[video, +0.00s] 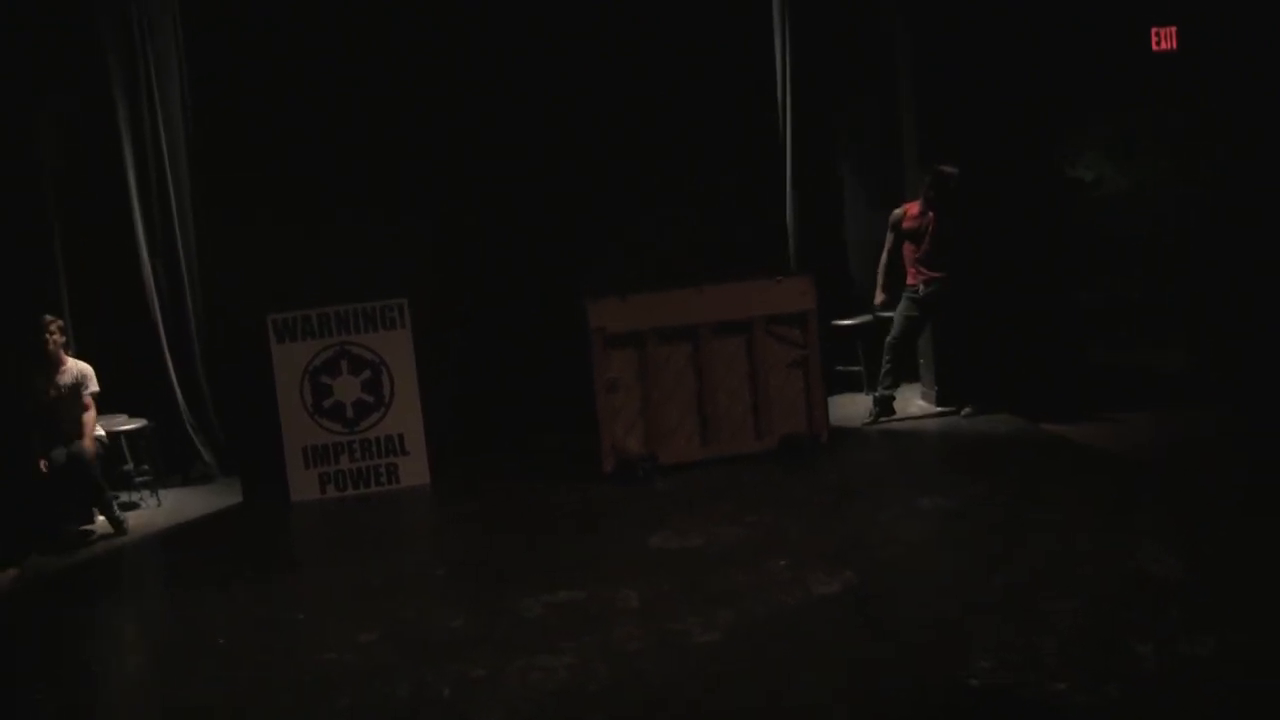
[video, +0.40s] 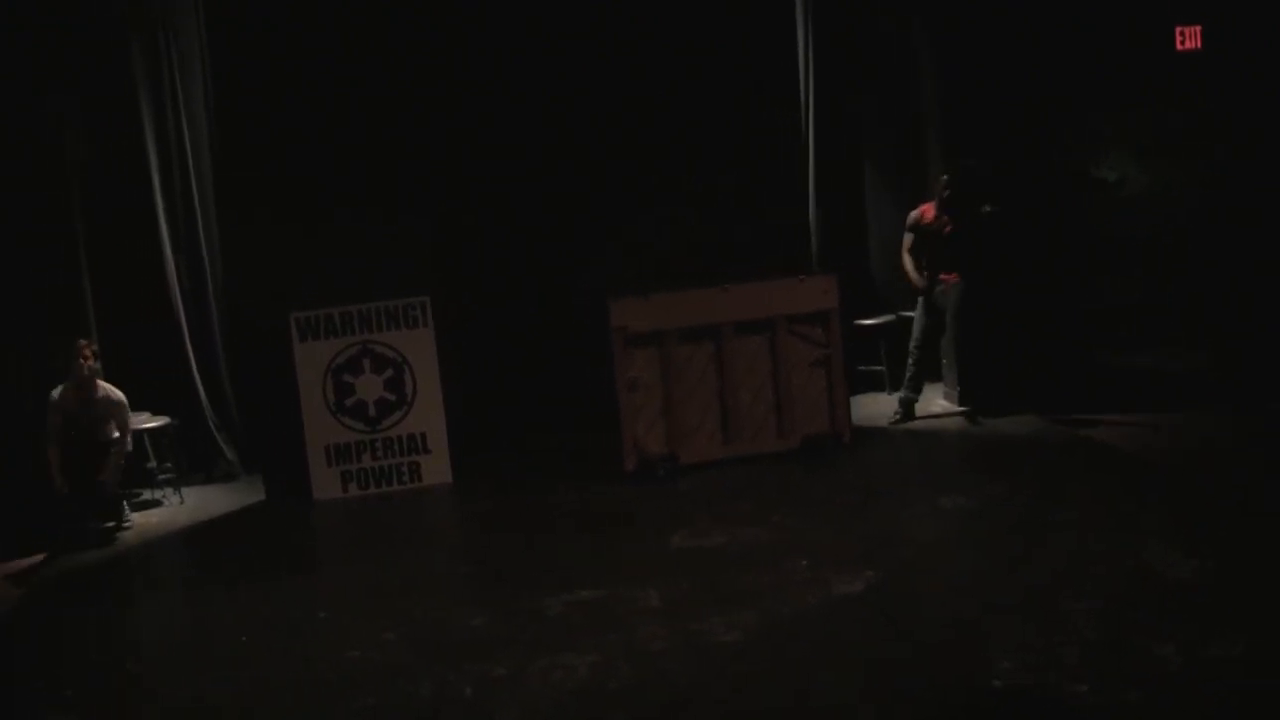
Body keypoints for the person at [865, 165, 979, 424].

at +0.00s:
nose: (934, 195)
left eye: (939, 192)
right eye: (932, 190)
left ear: (947, 193)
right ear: (924, 189)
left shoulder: (950, 215)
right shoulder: (901, 215)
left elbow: (961, 250)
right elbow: (888, 253)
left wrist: (963, 281)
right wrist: (880, 289)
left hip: (946, 288)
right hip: (914, 290)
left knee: (956, 342)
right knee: (895, 341)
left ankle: (969, 397)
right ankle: (883, 401)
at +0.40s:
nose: (948, 194)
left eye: (952, 189)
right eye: (945, 188)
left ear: (960, 191)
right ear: (938, 189)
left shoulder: (968, 216)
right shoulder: (920, 216)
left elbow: (978, 250)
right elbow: (906, 251)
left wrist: (971, 279)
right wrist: (915, 277)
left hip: (959, 288)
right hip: (931, 287)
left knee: (963, 345)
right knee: (917, 347)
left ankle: (971, 404)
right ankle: (906, 405)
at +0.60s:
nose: (959, 194)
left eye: (963, 189)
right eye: (956, 189)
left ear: (969, 192)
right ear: (950, 192)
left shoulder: (980, 220)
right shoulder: (939, 220)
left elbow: (1005, 257)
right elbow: (929, 251)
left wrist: (981, 269)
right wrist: (947, 258)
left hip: (972, 292)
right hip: (944, 289)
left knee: (969, 351)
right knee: (930, 349)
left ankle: (980, 401)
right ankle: (917, 404)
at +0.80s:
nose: (987, 191)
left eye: (990, 186)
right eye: (984, 186)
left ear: (994, 190)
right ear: (976, 188)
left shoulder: (998, 215)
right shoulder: (959, 214)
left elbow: (1002, 255)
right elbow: (947, 252)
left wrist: (997, 286)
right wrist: (958, 285)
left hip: (990, 288)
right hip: (965, 288)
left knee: (986, 342)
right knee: (962, 339)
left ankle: (982, 394)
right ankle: (941, 381)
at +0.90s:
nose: (991, 183)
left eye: (995, 178)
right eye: (988, 177)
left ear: (1000, 180)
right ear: (980, 178)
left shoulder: (1007, 205)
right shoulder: (963, 205)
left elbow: (1013, 243)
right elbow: (948, 244)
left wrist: (1015, 272)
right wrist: (941, 277)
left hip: (1000, 274)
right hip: (970, 276)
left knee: (996, 331)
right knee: (974, 330)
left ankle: (991, 386)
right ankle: (976, 384)